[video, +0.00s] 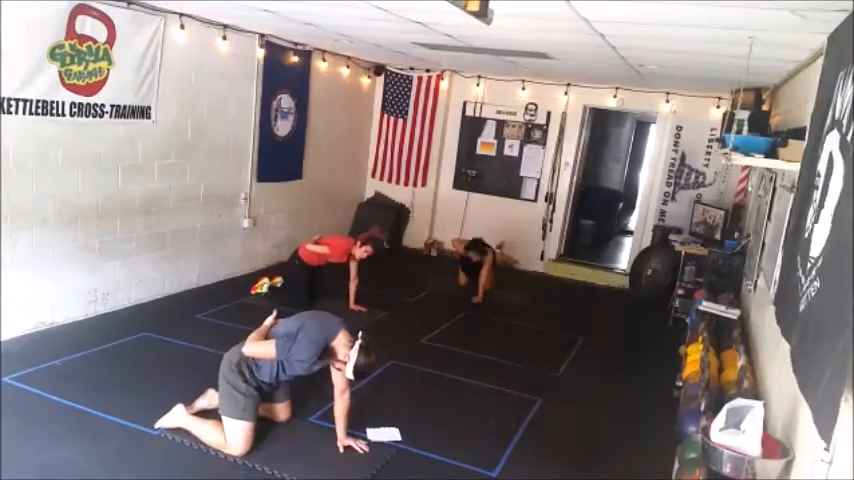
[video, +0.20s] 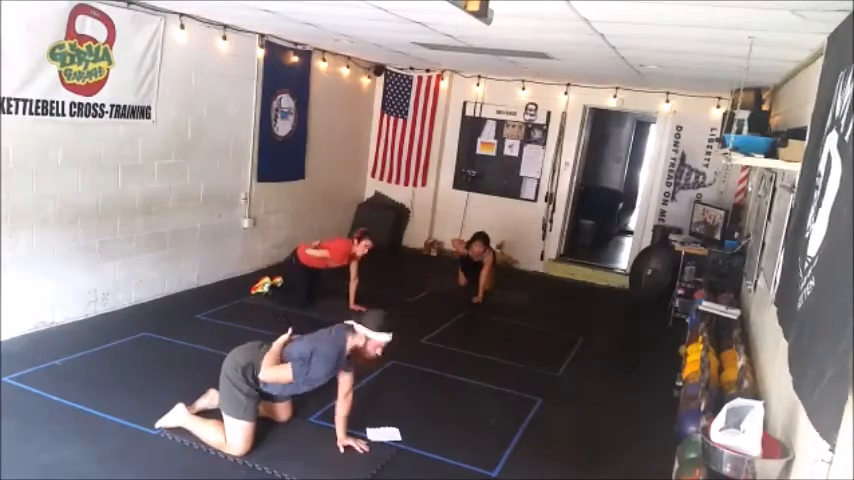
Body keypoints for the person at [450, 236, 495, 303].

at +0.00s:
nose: (474, 260)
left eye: (476, 257)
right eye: (471, 257)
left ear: (481, 254)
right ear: (468, 251)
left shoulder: (489, 253)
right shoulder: (463, 247)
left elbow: (483, 273)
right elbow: (454, 241)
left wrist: (480, 295)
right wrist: (459, 249)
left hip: (482, 264)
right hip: (467, 261)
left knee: (486, 286)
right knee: (462, 282)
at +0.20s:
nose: (477, 249)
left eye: (481, 246)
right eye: (475, 245)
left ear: (485, 248)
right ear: (471, 244)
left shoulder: (489, 254)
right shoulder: (465, 248)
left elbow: (483, 274)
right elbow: (454, 241)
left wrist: (480, 295)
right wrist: (459, 247)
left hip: (481, 266)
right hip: (467, 264)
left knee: (486, 286)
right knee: (462, 282)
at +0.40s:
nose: (476, 248)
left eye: (480, 244)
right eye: (474, 244)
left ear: (484, 246)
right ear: (470, 243)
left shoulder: (488, 255)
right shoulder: (465, 248)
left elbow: (483, 275)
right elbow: (454, 243)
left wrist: (480, 295)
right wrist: (460, 251)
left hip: (481, 266)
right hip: (467, 263)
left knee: (486, 287)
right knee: (462, 282)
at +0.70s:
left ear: (482, 260)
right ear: (465, 254)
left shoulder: (489, 254)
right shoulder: (462, 247)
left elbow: (483, 274)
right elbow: (456, 237)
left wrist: (479, 295)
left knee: (486, 286)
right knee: (462, 282)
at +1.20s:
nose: (477, 246)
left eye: (480, 243)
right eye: (475, 242)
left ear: (485, 245)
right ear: (471, 242)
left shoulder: (489, 255)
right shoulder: (463, 249)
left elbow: (483, 276)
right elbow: (453, 243)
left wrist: (479, 296)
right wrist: (466, 254)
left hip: (481, 267)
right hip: (467, 264)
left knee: (486, 287)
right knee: (461, 282)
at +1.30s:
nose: (477, 250)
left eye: (481, 247)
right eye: (475, 247)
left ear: (486, 249)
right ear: (471, 246)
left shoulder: (490, 255)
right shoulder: (464, 250)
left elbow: (484, 276)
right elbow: (454, 243)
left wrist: (480, 296)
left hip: (482, 268)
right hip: (467, 265)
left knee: (487, 287)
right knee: (462, 283)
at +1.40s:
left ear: (484, 255)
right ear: (469, 250)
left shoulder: (490, 255)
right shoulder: (463, 249)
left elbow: (483, 276)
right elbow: (456, 239)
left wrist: (480, 296)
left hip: (482, 267)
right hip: (467, 264)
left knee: (487, 286)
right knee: (462, 282)